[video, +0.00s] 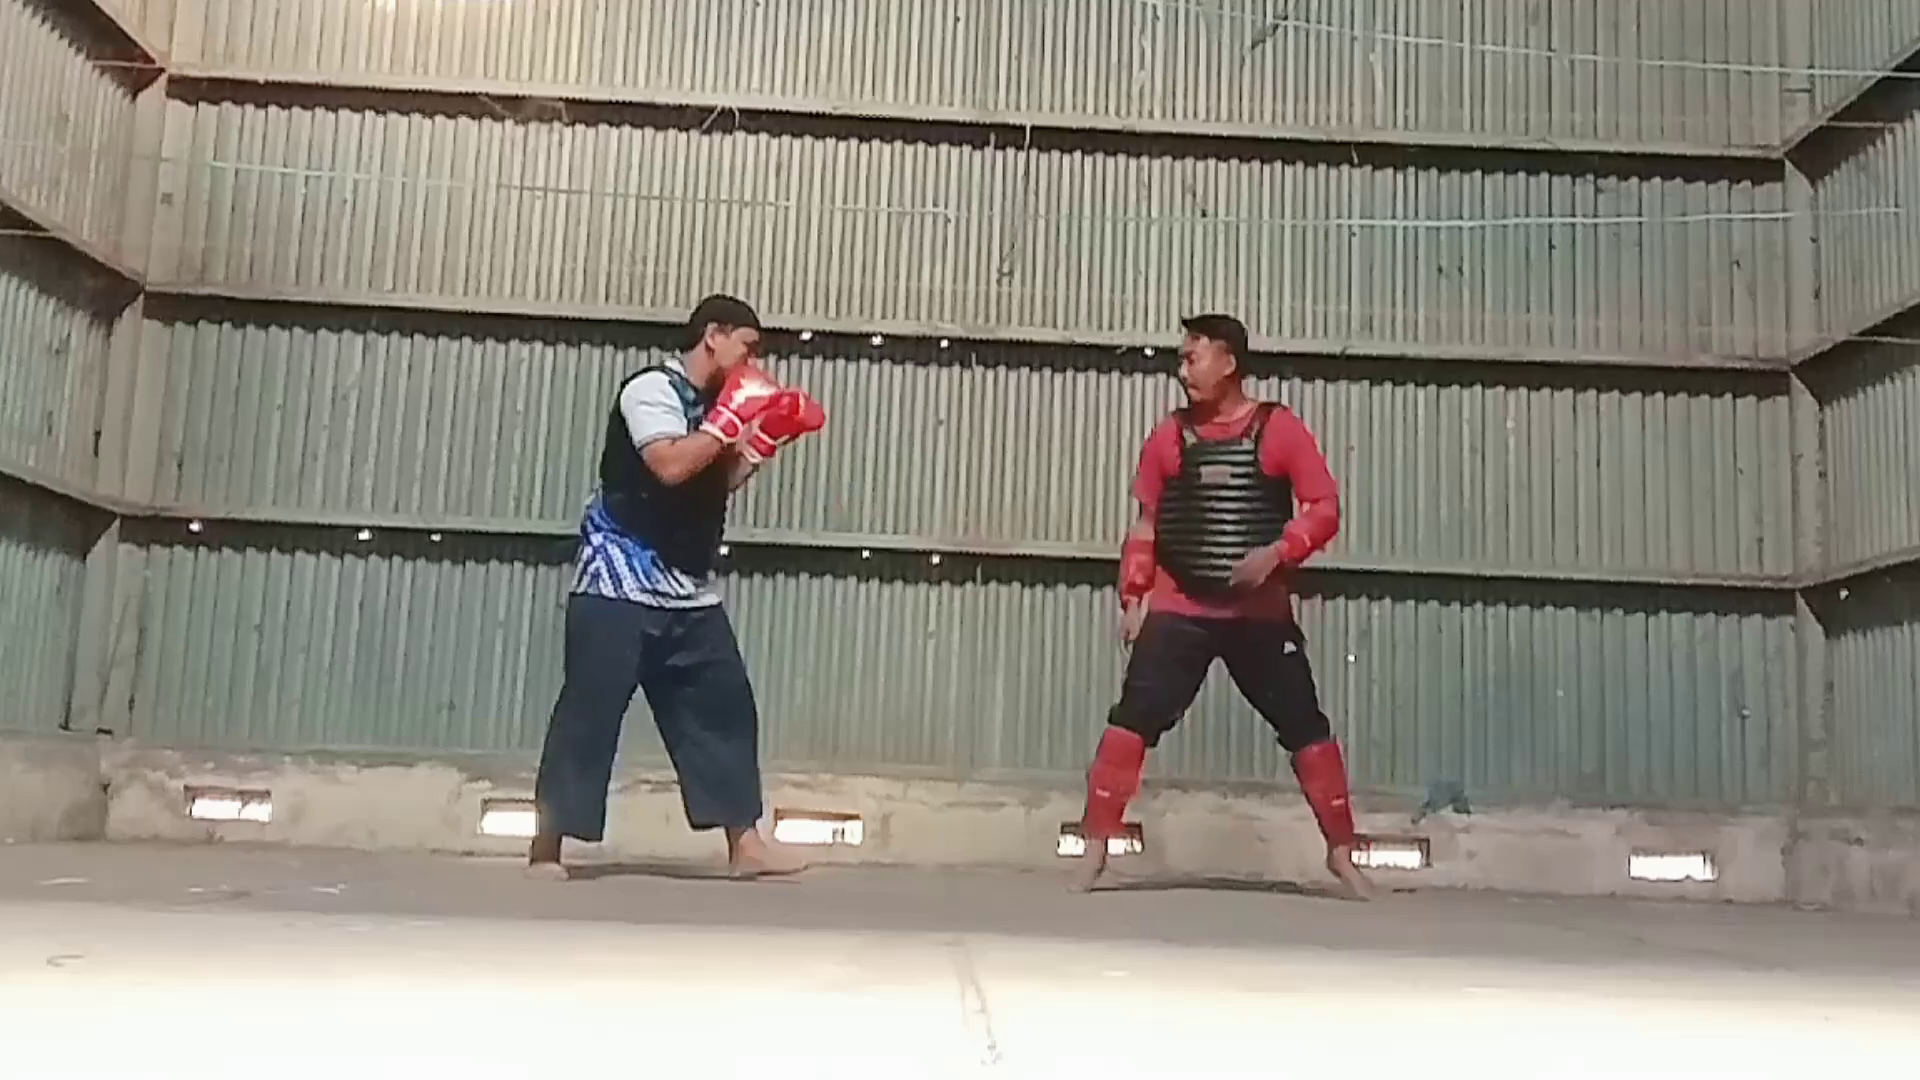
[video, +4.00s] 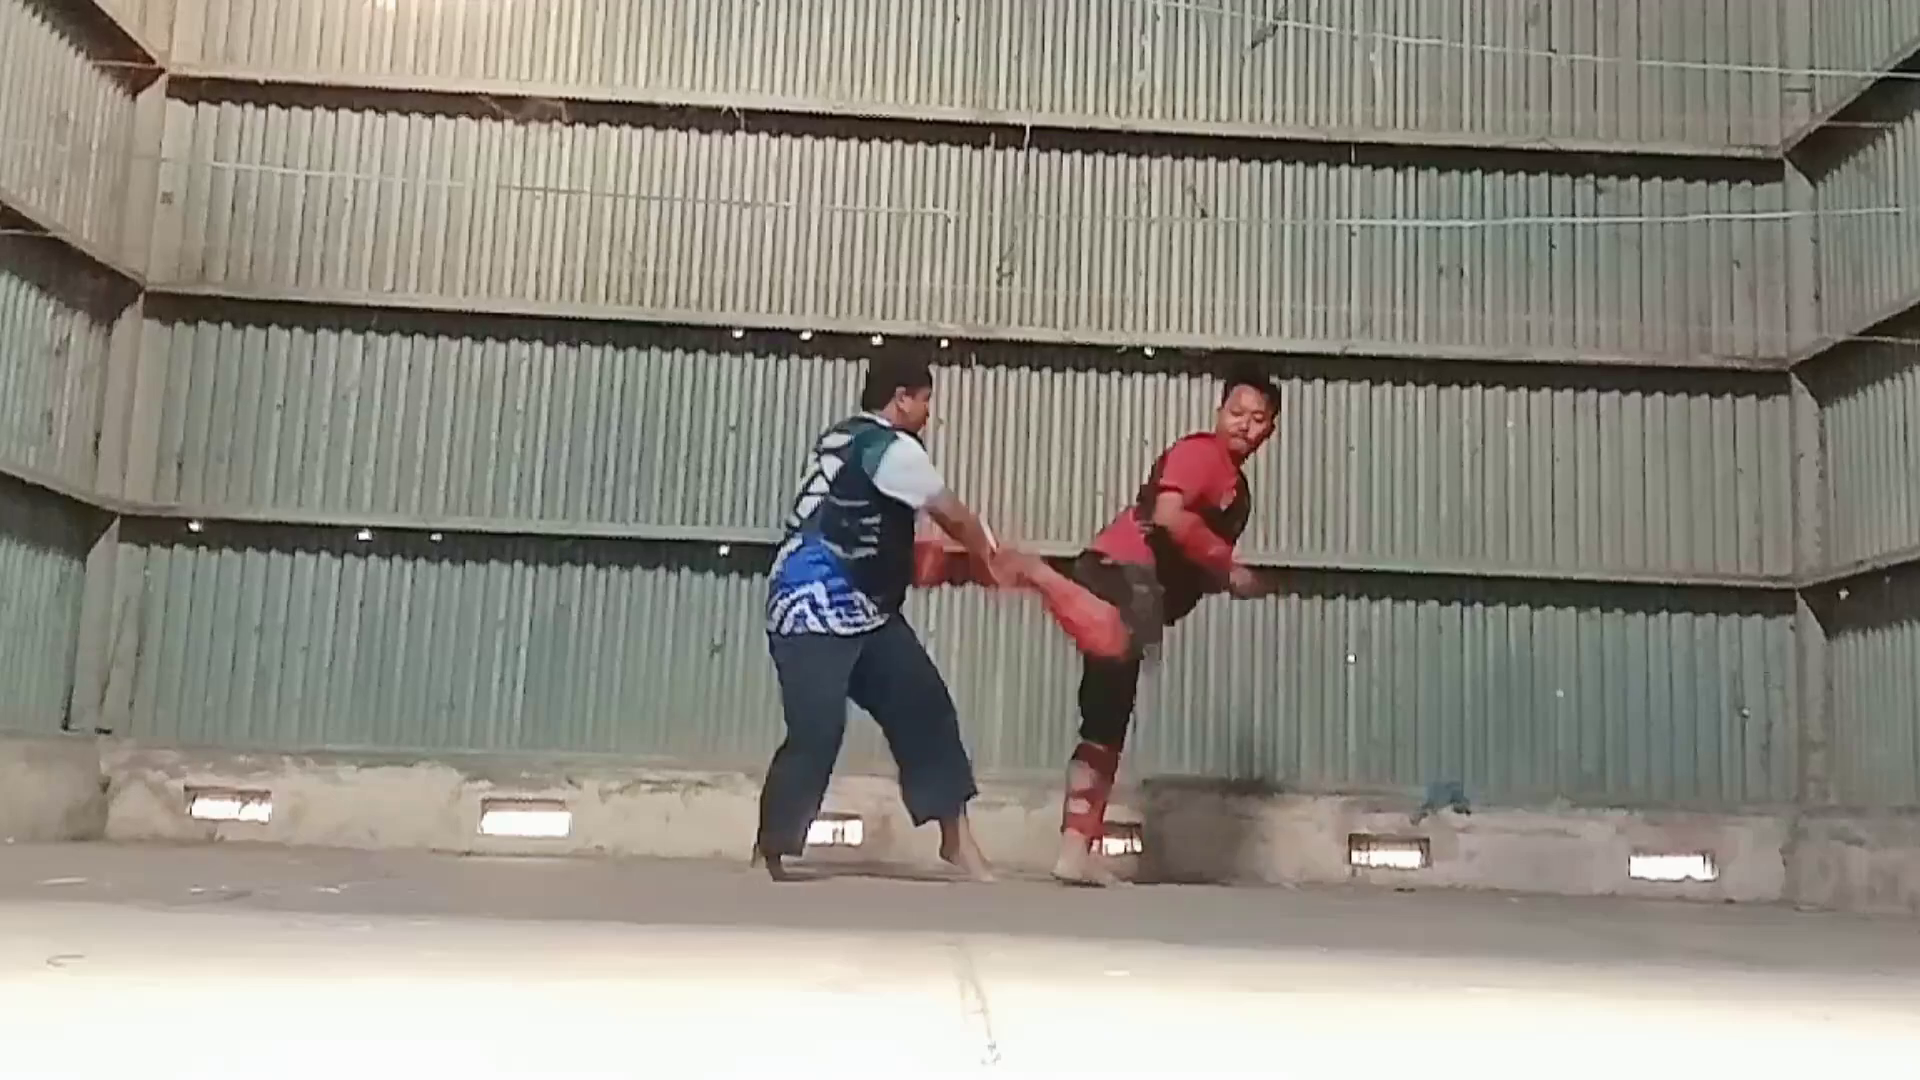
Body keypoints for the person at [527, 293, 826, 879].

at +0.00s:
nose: (753, 359)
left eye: (757, 350)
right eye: (748, 346)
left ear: (720, 340)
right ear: (714, 336)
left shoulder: (719, 406)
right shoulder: (648, 389)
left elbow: (715, 487)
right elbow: (670, 465)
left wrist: (759, 445)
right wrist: (731, 417)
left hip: (689, 586)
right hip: (618, 579)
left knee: (724, 703)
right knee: (590, 703)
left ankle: (747, 845)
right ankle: (547, 846)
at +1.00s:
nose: (561, 409)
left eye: (565, 398)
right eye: (554, 396)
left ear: (534, 390)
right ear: (515, 385)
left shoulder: (556, 439)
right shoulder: (437, 438)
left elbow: (605, 484)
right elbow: (412, 517)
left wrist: (627, 543)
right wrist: (485, 490)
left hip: (507, 618)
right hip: (421, 615)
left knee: (564, 696)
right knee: (384, 710)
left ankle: (562, 837)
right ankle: (309, 832)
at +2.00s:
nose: (737, 385)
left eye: (740, 374)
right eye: (733, 371)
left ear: (701, 367)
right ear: (699, 365)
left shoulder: (698, 436)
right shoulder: (636, 419)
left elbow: (690, 513)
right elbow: (665, 492)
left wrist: (740, 493)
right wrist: (723, 448)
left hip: (672, 616)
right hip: (602, 612)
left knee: (718, 703)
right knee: (539, 716)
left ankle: (741, 846)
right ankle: (451, 830)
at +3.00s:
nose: (743, 423)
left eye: (747, 412)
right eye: (740, 409)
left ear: (712, 398)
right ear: (710, 395)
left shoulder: (704, 450)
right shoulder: (628, 438)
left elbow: (729, 471)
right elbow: (646, 515)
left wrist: (776, 465)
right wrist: (712, 470)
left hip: (662, 617)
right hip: (590, 610)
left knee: (722, 710)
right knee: (555, 720)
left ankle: (759, 842)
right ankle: (474, 843)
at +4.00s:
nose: (930, 410)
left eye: (930, 399)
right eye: (927, 399)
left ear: (887, 397)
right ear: (901, 397)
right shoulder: (890, 449)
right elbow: (960, 519)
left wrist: (942, 556)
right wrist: (985, 555)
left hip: (869, 613)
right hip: (815, 614)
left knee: (926, 710)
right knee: (817, 730)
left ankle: (956, 841)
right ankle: (774, 848)